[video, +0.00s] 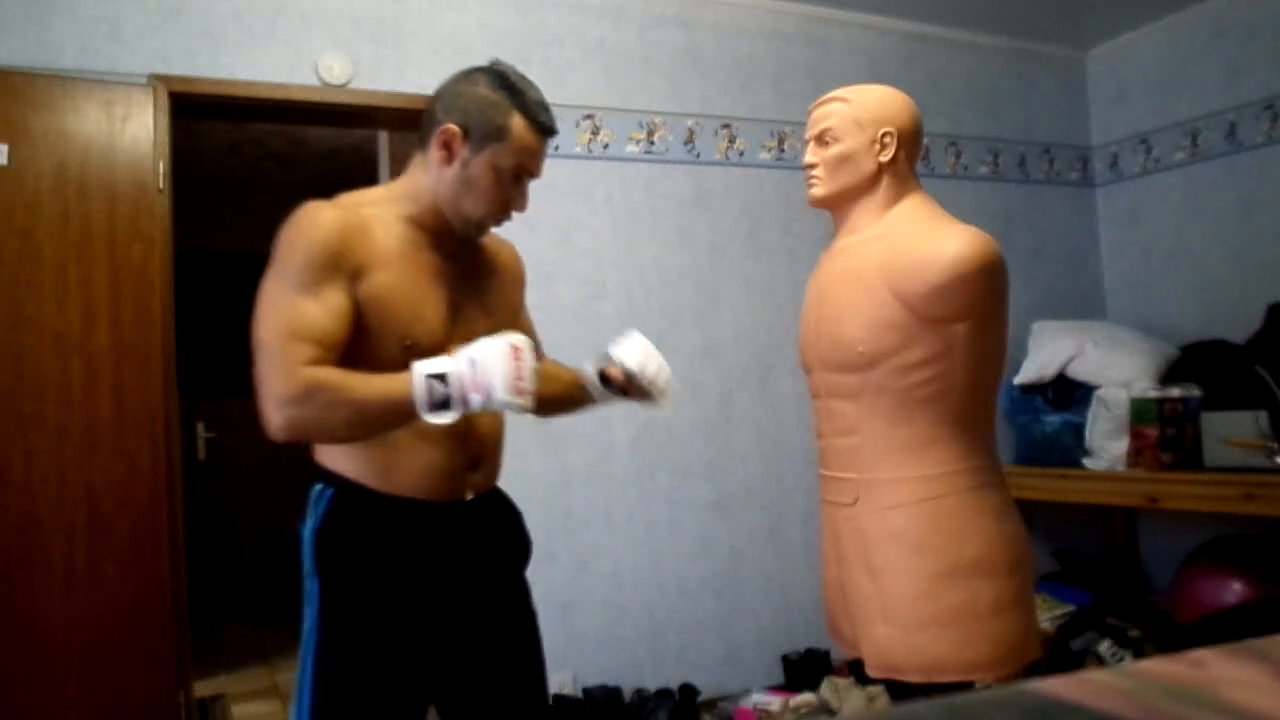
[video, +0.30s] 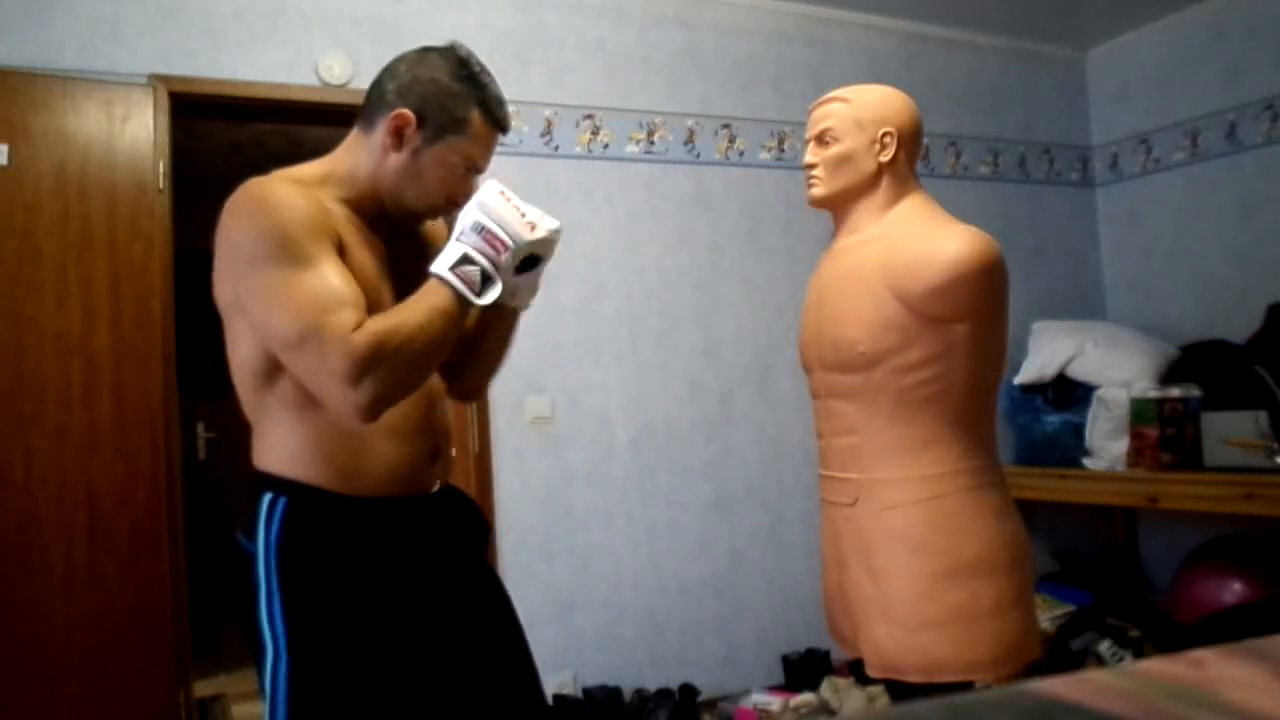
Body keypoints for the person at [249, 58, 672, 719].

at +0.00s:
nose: (520, 204)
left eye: (528, 183)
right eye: (511, 178)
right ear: (449, 147)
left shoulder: (499, 262)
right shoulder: (328, 233)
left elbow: (523, 382)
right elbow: (289, 403)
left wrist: (601, 384)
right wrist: (450, 381)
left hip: (482, 544)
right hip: (370, 547)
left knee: (509, 713)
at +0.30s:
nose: (470, 193)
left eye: (478, 173)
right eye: (466, 168)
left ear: (398, 137)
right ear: (401, 133)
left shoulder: (417, 229)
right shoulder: (268, 210)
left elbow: (463, 379)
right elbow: (358, 381)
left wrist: (510, 295)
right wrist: (470, 264)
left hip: (433, 530)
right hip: (324, 544)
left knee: (504, 715)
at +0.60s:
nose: (507, 188)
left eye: (516, 162)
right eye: (504, 156)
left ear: (434, 129)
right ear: (436, 126)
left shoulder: (459, 226)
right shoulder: (290, 211)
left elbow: (440, 373)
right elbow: (314, 403)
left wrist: (524, 343)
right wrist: (452, 300)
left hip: (464, 553)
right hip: (344, 561)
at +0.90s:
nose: (614, 220)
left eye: (622, 197)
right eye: (613, 191)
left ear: (557, 166)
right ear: (560, 164)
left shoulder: (526, 262)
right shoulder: (460, 222)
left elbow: (563, 388)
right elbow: (411, 373)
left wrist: (670, 372)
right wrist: (559, 348)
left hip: (491, 538)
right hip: (423, 532)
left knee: (545, 704)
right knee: (400, 709)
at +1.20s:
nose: (602, 210)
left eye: (610, 191)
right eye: (602, 184)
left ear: (551, 155)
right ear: (555, 154)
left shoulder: (468, 213)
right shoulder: (490, 216)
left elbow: (481, 376)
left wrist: (582, 354)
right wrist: (631, 413)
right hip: (461, 523)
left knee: (531, 704)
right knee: (481, 709)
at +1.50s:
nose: (519, 192)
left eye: (529, 172)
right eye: (520, 166)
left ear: (461, 140)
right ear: (462, 135)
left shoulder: (442, 229)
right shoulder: (369, 214)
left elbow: (495, 373)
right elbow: (473, 376)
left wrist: (536, 262)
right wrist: (538, 258)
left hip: (462, 538)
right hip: (395, 542)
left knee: (512, 709)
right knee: (400, 719)